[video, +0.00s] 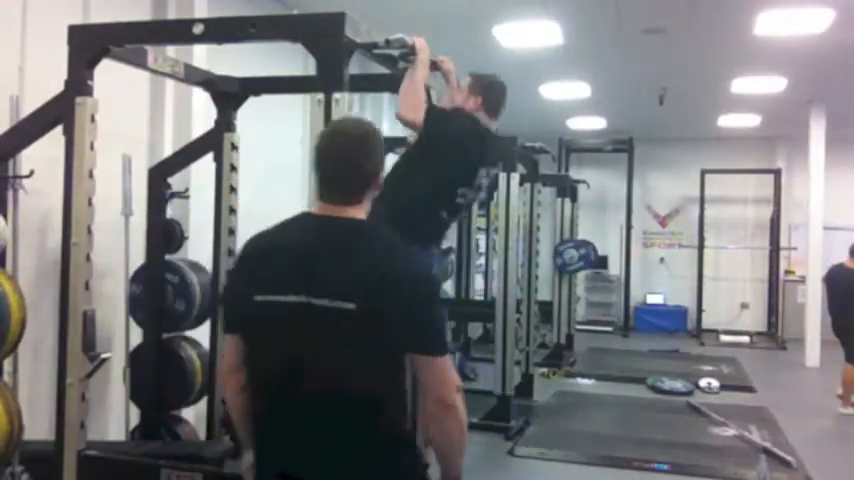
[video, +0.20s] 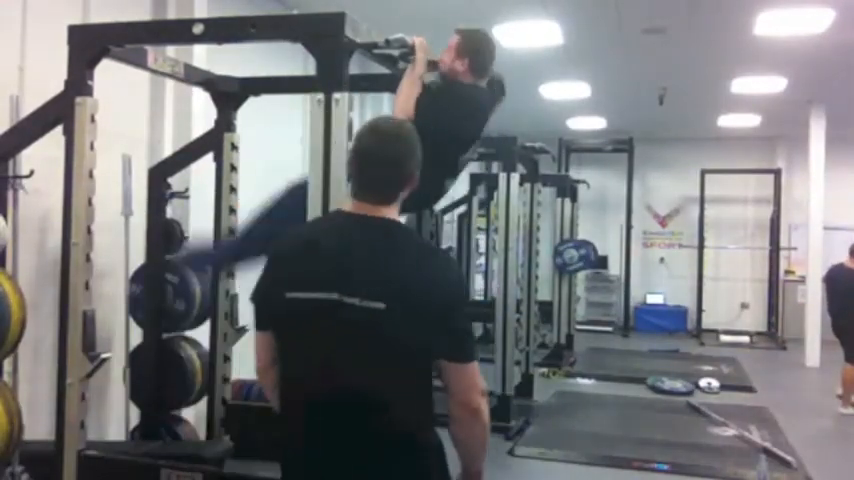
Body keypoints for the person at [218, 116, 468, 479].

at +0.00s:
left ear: (317, 172)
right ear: (377, 183)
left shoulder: (258, 253)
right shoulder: (405, 266)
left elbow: (232, 377)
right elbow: (442, 398)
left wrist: (253, 450)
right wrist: (451, 471)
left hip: (283, 461)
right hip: (376, 463)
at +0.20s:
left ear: (350, 169)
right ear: (411, 184)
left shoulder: (291, 249)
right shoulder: (434, 269)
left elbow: (266, 366)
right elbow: (468, 402)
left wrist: (300, 420)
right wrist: (472, 471)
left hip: (311, 455)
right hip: (401, 460)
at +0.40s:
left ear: (373, 163)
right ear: (439, 180)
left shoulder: (314, 243)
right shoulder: (462, 266)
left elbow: (279, 359)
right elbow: (491, 400)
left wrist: (314, 410)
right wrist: (483, 471)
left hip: (321, 453)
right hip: (412, 460)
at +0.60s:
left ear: (392, 169)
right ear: (455, 186)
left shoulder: (327, 243)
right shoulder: (477, 268)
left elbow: (281, 361)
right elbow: (503, 403)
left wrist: (305, 432)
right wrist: (497, 472)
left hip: (323, 455)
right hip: (419, 461)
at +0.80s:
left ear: (409, 205)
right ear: (467, 225)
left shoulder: (334, 261)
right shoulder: (487, 294)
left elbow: (276, 376)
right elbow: (504, 426)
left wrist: (295, 443)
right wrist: (486, 474)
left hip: (317, 460)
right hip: (418, 466)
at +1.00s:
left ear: (413, 260)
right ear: (465, 275)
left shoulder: (335, 297)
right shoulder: (473, 322)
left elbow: (266, 412)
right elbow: (503, 455)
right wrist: (462, 477)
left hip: (292, 464)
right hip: (400, 467)